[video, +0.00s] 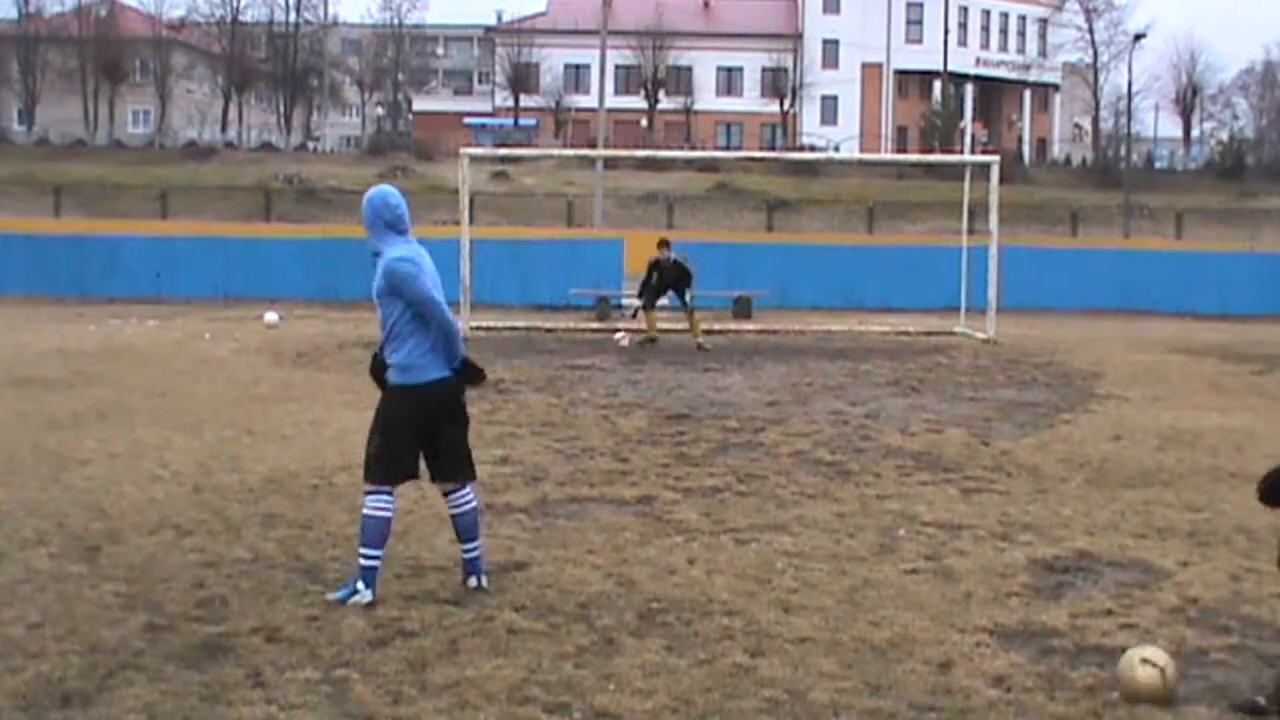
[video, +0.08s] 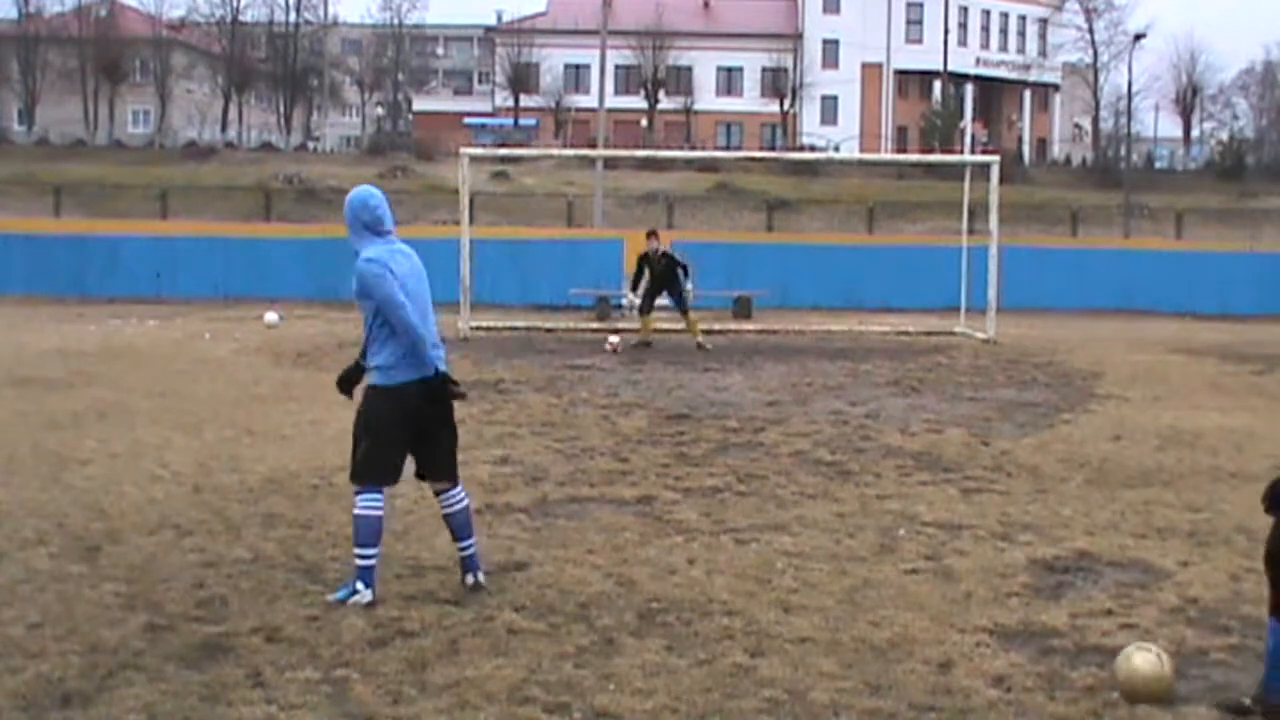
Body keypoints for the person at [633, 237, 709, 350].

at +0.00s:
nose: (663, 253)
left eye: (665, 250)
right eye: (661, 250)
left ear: (669, 250)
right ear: (658, 251)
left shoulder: (678, 263)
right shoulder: (654, 264)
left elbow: (688, 276)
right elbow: (647, 279)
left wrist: (688, 289)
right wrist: (640, 294)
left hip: (678, 285)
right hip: (662, 284)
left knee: (689, 309)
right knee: (647, 305)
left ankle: (698, 338)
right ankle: (652, 333)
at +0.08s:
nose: (652, 243)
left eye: (654, 240)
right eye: (649, 240)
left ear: (658, 241)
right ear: (647, 242)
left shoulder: (667, 256)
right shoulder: (643, 258)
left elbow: (684, 267)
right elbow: (638, 274)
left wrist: (687, 282)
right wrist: (633, 291)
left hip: (672, 284)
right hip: (655, 284)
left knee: (684, 310)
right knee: (644, 310)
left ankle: (698, 339)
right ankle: (645, 338)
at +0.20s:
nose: (636, 236)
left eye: (639, 233)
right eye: (634, 233)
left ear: (643, 234)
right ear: (631, 235)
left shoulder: (653, 248)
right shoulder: (628, 252)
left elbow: (673, 255)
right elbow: (623, 268)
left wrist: (686, 269)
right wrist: (622, 284)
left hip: (658, 283)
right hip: (642, 284)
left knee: (668, 312)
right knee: (635, 313)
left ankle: (691, 332)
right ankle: (645, 339)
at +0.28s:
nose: (626, 235)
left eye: (628, 231)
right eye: (624, 232)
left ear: (633, 232)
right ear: (621, 233)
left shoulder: (644, 246)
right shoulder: (620, 251)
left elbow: (664, 251)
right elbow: (615, 268)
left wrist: (681, 259)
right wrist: (615, 282)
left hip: (650, 281)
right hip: (636, 282)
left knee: (650, 311)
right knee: (631, 314)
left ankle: (668, 327)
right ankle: (644, 338)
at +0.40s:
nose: (613, 233)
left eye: (615, 230)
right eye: (611, 230)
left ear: (621, 230)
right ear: (610, 231)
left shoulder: (632, 245)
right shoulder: (609, 249)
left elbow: (650, 249)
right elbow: (604, 267)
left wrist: (669, 253)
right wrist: (609, 274)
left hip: (638, 276)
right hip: (625, 278)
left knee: (628, 301)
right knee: (626, 305)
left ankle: (643, 335)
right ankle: (641, 335)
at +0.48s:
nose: (607, 230)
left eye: (610, 227)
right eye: (606, 227)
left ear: (615, 227)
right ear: (604, 229)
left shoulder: (626, 242)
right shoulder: (603, 246)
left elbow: (643, 248)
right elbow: (599, 264)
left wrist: (658, 254)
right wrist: (602, 270)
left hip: (627, 276)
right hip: (614, 277)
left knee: (614, 304)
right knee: (622, 310)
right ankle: (638, 331)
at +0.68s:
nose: (589, 237)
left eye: (591, 233)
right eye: (588, 234)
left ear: (597, 233)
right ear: (589, 235)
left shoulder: (611, 249)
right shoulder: (588, 254)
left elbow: (625, 267)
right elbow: (582, 275)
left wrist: (639, 283)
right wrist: (572, 292)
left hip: (606, 288)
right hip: (591, 286)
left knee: (587, 312)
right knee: (575, 312)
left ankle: (574, 339)